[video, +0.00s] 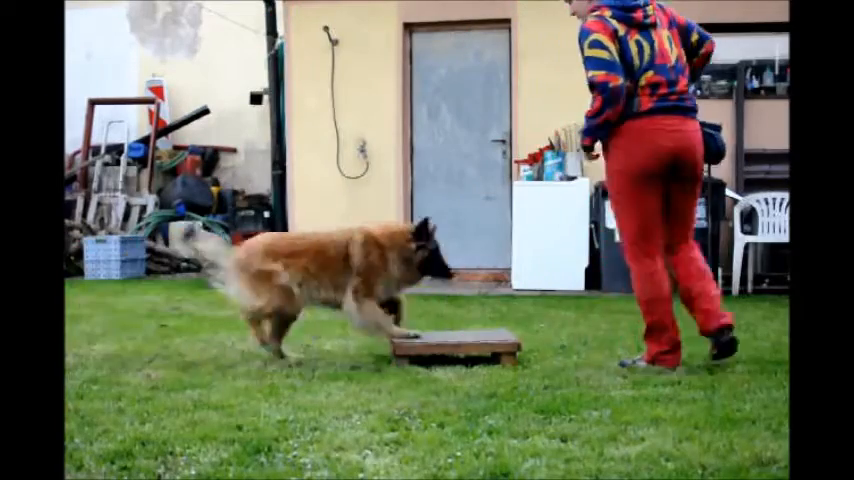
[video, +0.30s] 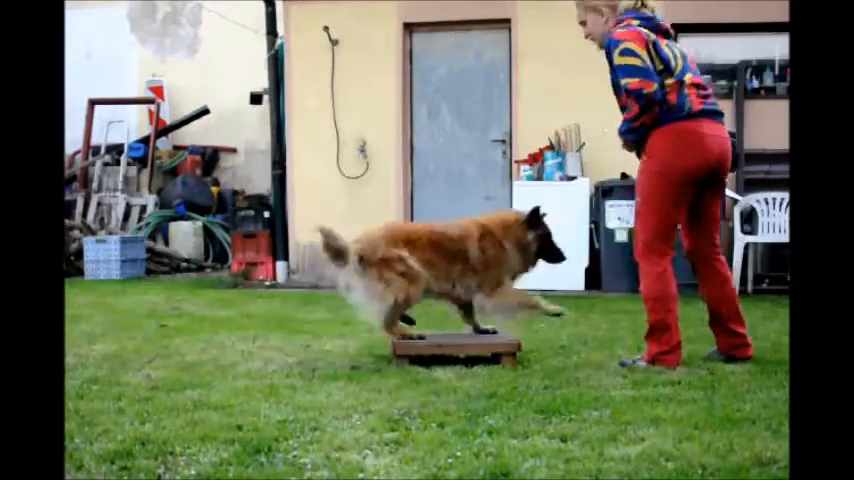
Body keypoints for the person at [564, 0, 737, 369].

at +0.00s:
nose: (570, 10)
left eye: (570, 3)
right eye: (568, 5)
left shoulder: (594, 25)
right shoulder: (660, 12)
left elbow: (611, 87)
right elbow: (703, 45)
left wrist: (589, 134)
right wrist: (678, 86)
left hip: (636, 136)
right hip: (686, 132)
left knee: (643, 252)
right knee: (680, 243)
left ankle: (662, 352)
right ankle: (717, 323)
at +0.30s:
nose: (584, 31)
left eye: (584, 21)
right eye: (580, 24)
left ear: (604, 12)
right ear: (615, 11)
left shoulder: (621, 36)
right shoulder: (660, 37)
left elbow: (644, 92)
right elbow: (694, 94)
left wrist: (629, 133)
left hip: (674, 137)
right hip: (713, 134)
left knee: (652, 250)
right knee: (703, 248)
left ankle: (662, 354)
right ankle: (735, 344)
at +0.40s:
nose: (582, 57)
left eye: (583, 48)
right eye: (579, 50)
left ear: (604, 37)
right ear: (606, 40)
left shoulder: (627, 51)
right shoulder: (652, 49)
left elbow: (656, 103)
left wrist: (644, 153)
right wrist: (644, 211)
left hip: (693, 140)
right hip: (729, 140)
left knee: (657, 248)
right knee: (704, 248)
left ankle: (662, 354)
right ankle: (734, 345)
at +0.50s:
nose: (585, 115)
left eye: (584, 105)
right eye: (581, 109)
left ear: (601, 92)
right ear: (602, 96)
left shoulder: (629, 87)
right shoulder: (631, 130)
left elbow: (674, 117)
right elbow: (637, 194)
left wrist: (661, 173)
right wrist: (624, 266)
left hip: (718, 144)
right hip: (745, 148)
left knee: (664, 245)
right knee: (705, 253)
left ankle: (662, 354)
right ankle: (735, 347)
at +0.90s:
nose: (599, 155)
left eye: (596, 146)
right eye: (594, 150)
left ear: (607, 129)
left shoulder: (632, 113)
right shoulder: (647, 156)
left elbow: (678, 127)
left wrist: (673, 181)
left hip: (725, 144)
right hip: (758, 148)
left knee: (673, 250)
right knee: (714, 252)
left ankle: (663, 354)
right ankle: (735, 346)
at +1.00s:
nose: (602, 122)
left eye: (600, 112)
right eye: (598, 116)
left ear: (613, 97)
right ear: (615, 99)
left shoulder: (635, 92)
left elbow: (675, 118)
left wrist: (671, 172)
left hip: (722, 139)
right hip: (758, 142)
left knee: (676, 249)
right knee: (717, 249)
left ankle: (663, 354)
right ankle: (736, 347)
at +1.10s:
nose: (608, 97)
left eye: (605, 89)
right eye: (604, 92)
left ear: (621, 75)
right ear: (622, 75)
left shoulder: (641, 76)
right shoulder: (668, 69)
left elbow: (674, 109)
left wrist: (666, 161)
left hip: (720, 136)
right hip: (755, 136)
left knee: (680, 250)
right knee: (721, 247)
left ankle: (663, 354)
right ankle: (736, 346)